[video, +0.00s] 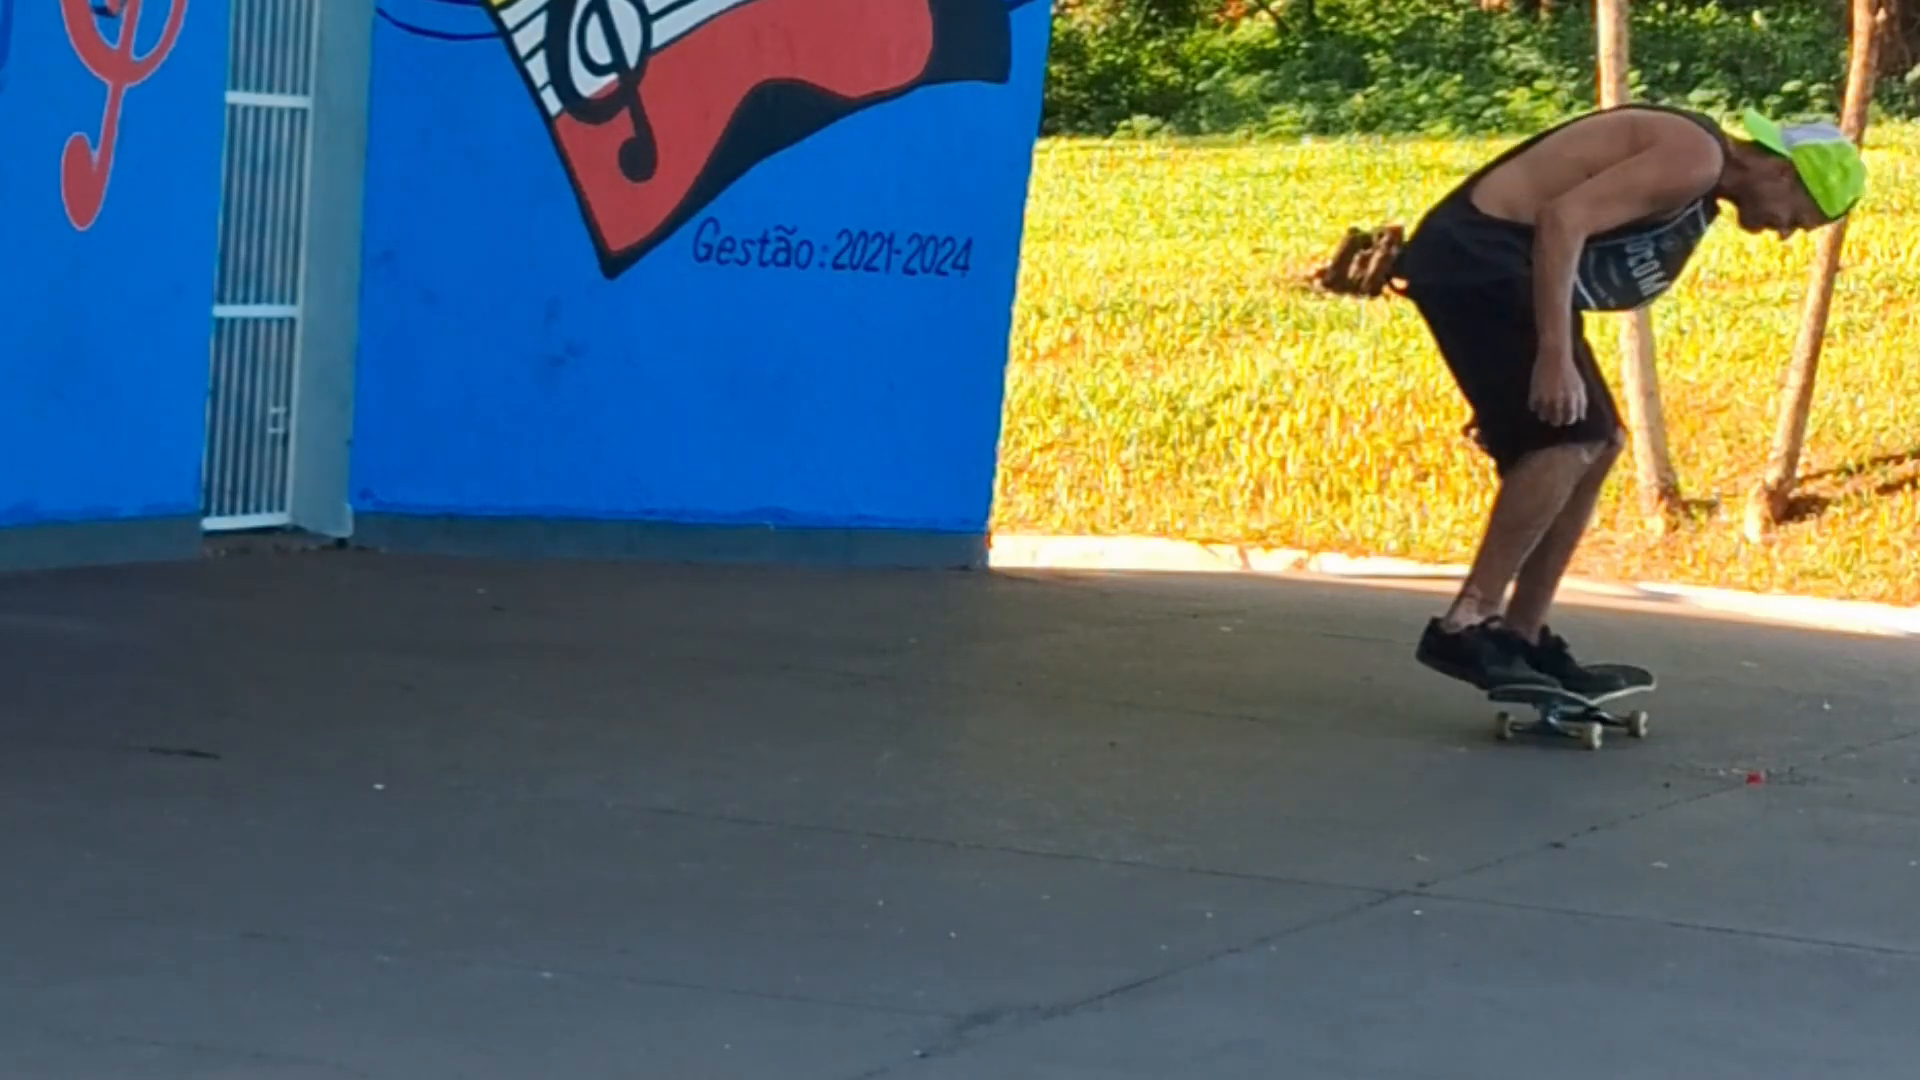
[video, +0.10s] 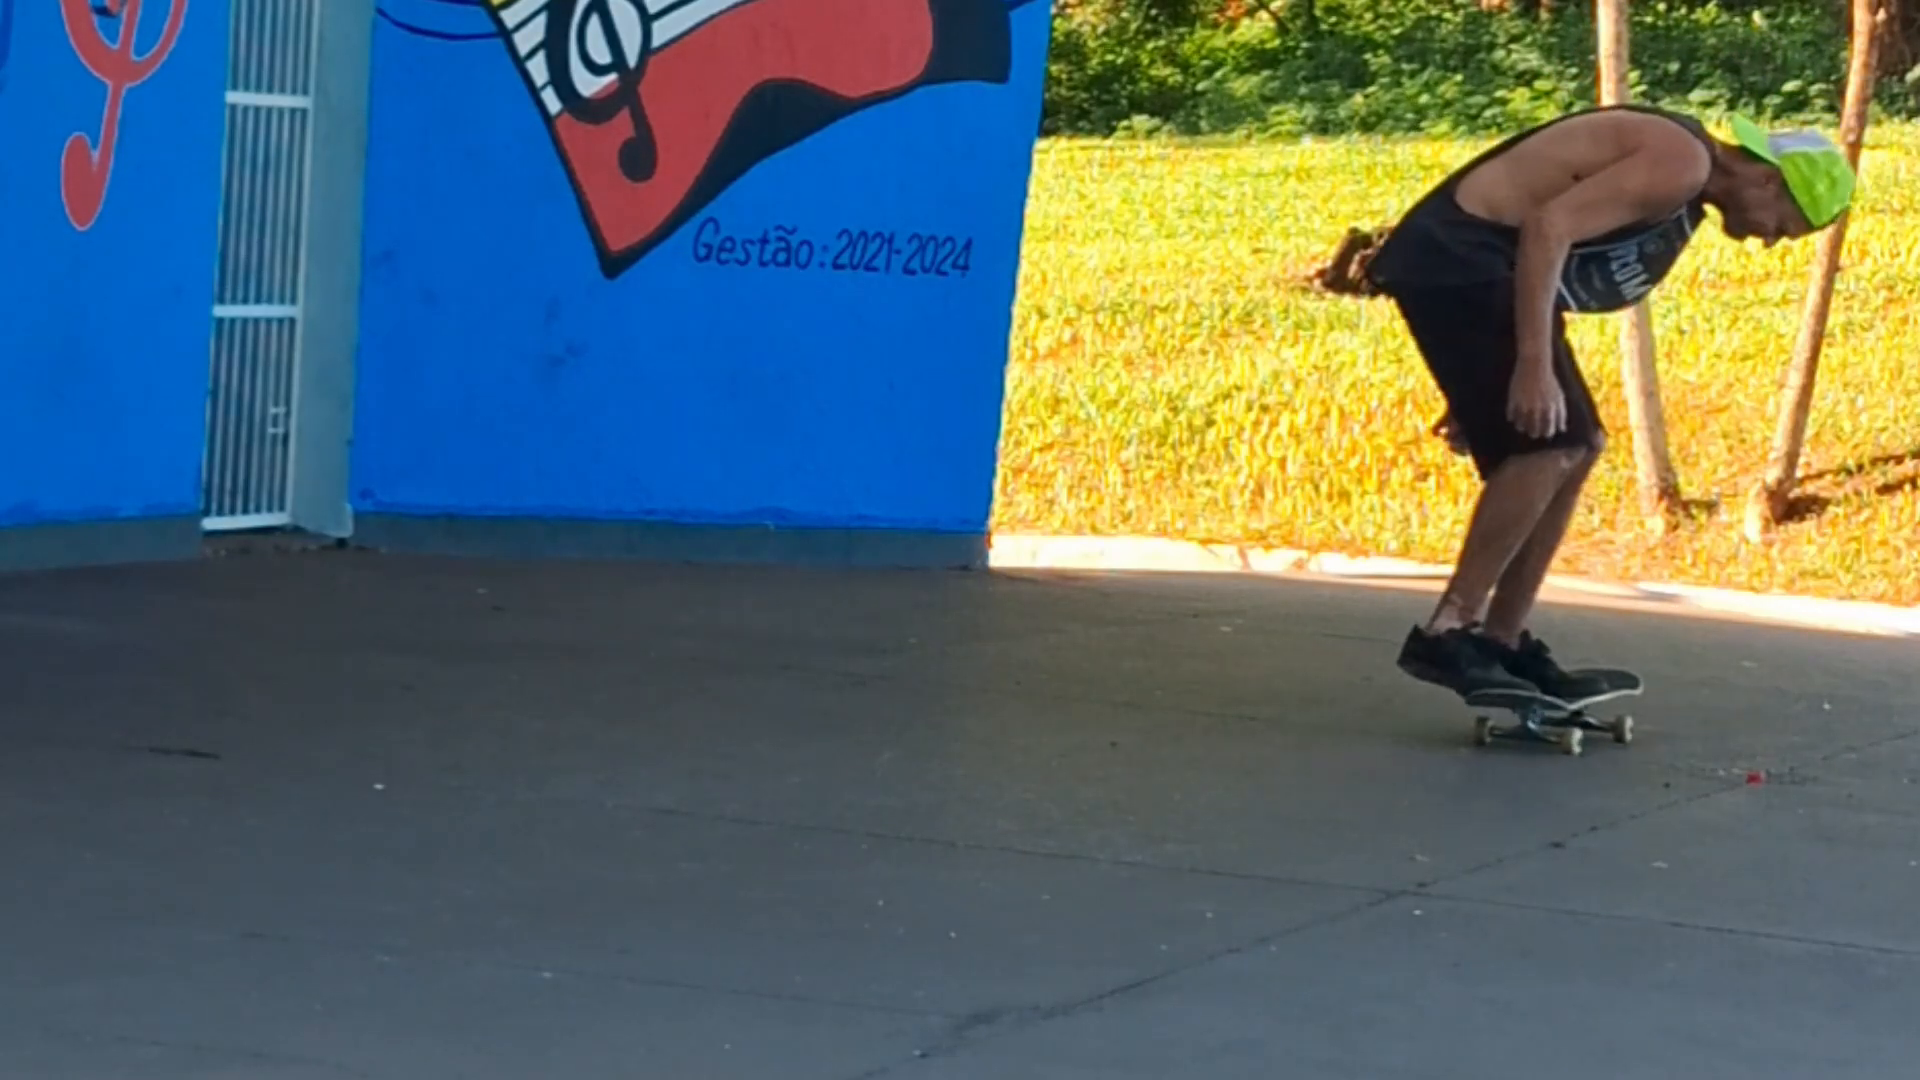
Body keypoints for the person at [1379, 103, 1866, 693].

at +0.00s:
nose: (1790, 230)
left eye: (1804, 225)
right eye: (1801, 215)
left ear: (1785, 177)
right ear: (1784, 172)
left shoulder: (1700, 185)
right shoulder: (1693, 157)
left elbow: (1572, 249)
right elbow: (1561, 217)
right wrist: (1554, 357)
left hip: (1514, 266)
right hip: (1474, 254)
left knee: (1598, 439)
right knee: (1565, 438)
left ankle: (1521, 633)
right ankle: (1466, 621)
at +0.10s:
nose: (1776, 238)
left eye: (1790, 233)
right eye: (1787, 222)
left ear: (1773, 182)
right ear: (1771, 178)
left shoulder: (1683, 190)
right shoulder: (1679, 161)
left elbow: (1556, 264)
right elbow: (1547, 227)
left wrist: (1481, 398)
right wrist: (1533, 368)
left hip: (1499, 267)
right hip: (1455, 254)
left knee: (1578, 443)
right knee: (1549, 442)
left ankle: (1500, 640)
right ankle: (1448, 629)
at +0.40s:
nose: (1727, 260)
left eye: (1742, 254)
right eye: (1742, 244)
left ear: (1722, 192)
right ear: (1725, 199)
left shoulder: (1636, 185)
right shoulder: (1630, 181)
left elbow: (1493, 264)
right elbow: (1499, 258)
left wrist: (1415, 412)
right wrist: (1479, 402)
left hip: (1431, 255)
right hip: (1392, 248)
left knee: (1527, 439)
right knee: (1492, 449)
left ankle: (1442, 648)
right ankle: (1376, 637)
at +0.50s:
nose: (1702, 281)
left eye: (1717, 276)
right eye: (1716, 267)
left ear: (1696, 217)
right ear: (1699, 223)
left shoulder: (1614, 210)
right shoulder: (1608, 205)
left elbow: (1490, 308)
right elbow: (1490, 297)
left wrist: (1424, 480)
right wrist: (1482, 449)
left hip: (1405, 275)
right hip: (1364, 270)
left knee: (1518, 445)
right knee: (1478, 469)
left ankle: (1416, 651)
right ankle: (1351, 641)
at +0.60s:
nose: (1680, 308)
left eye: (1696, 300)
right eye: (1694, 292)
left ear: (1670, 246)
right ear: (1673, 248)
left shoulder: (1586, 248)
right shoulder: (1583, 232)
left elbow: (1495, 366)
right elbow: (1505, 346)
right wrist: (1537, 491)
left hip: (1383, 307)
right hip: (1339, 298)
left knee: (1493, 472)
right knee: (1474, 477)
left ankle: (1391, 657)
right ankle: (1331, 640)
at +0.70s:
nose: (1651, 326)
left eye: (1666, 319)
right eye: (1664, 310)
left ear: (1641, 261)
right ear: (1644, 263)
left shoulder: (1554, 257)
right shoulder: (1557, 251)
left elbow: (1501, 423)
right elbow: (1514, 394)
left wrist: (1495, 582)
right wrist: (1608, 504)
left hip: (1345, 329)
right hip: (1309, 323)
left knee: (1485, 479)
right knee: (1466, 482)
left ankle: (1369, 659)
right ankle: (1306, 640)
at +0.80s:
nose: (1637, 319)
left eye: (1650, 311)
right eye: (1647, 301)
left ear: (1620, 256)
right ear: (1622, 255)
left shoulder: (1539, 300)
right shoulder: (1529, 251)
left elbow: (1514, 449)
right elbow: (1470, 413)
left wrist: (1538, 574)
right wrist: (1580, 512)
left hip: (1326, 341)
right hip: (1284, 333)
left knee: (1475, 487)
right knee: (1451, 483)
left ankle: (1345, 661)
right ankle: (1285, 642)